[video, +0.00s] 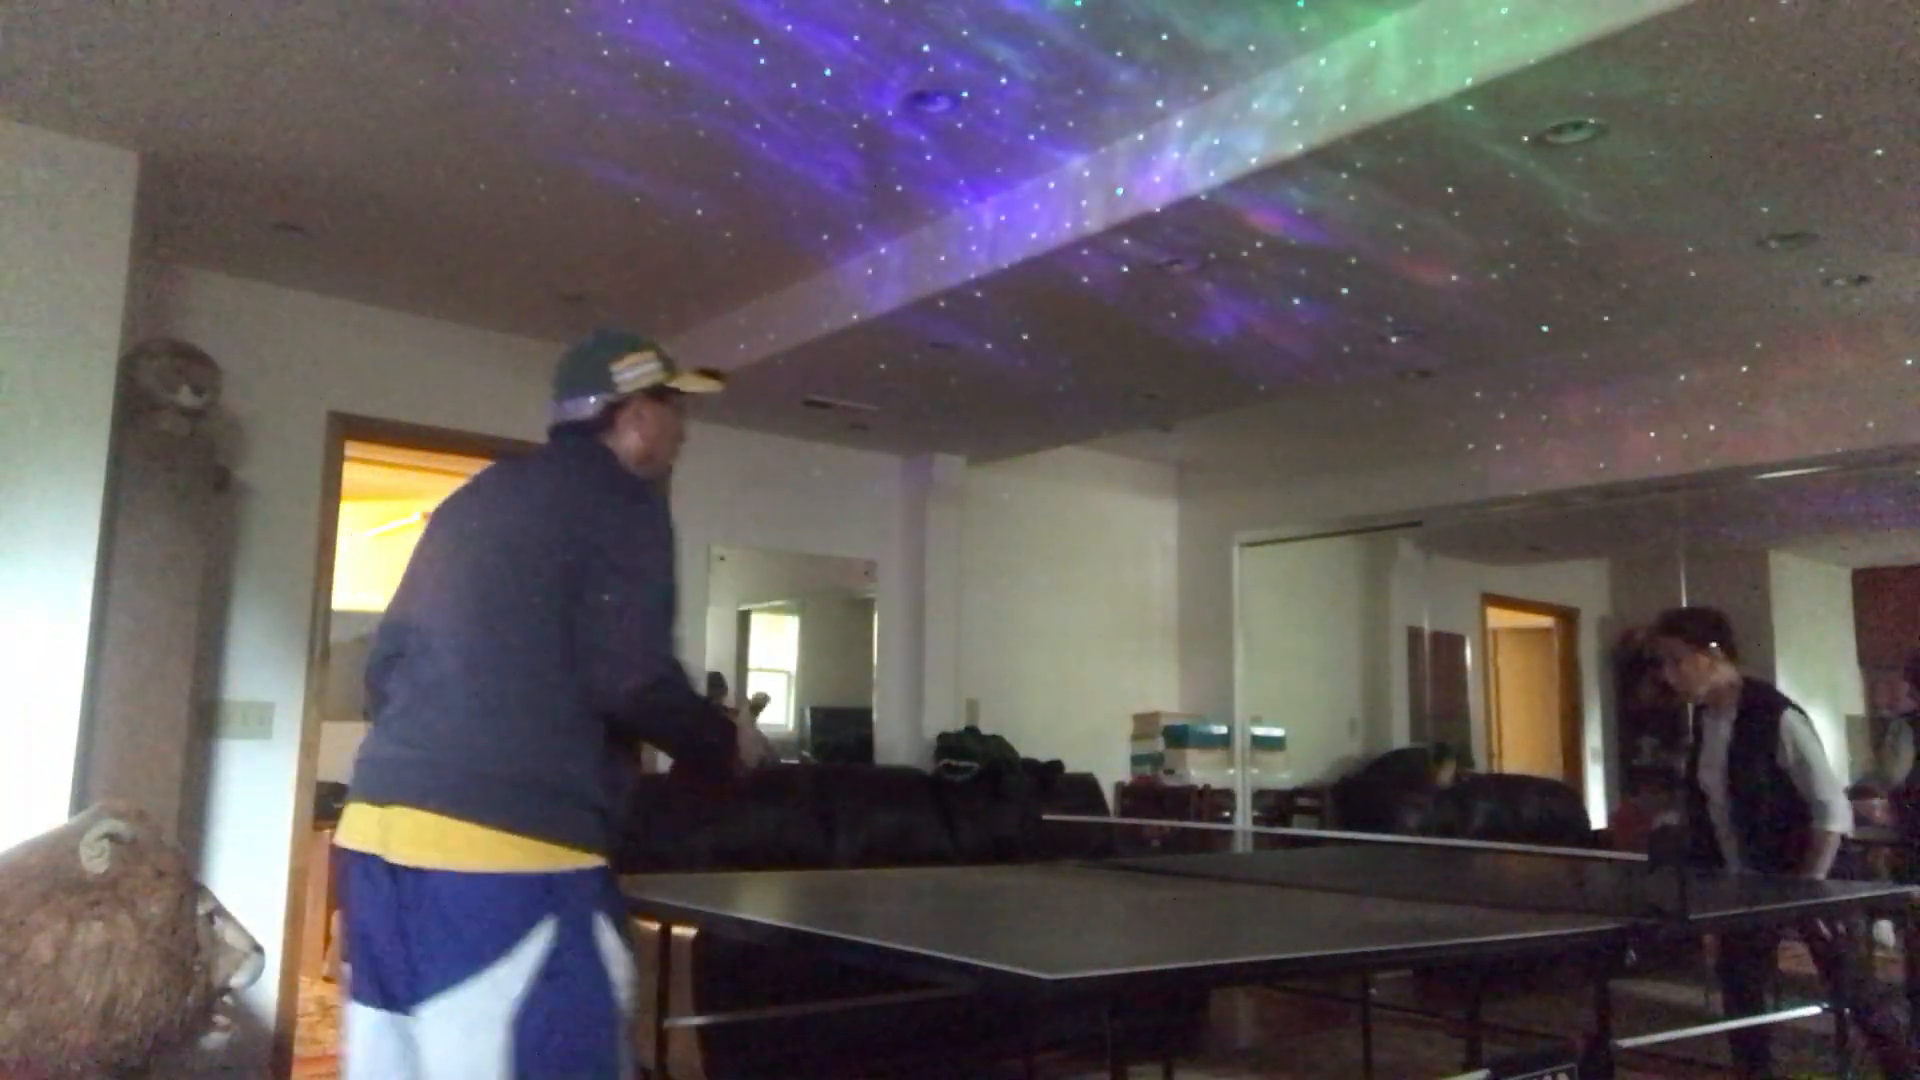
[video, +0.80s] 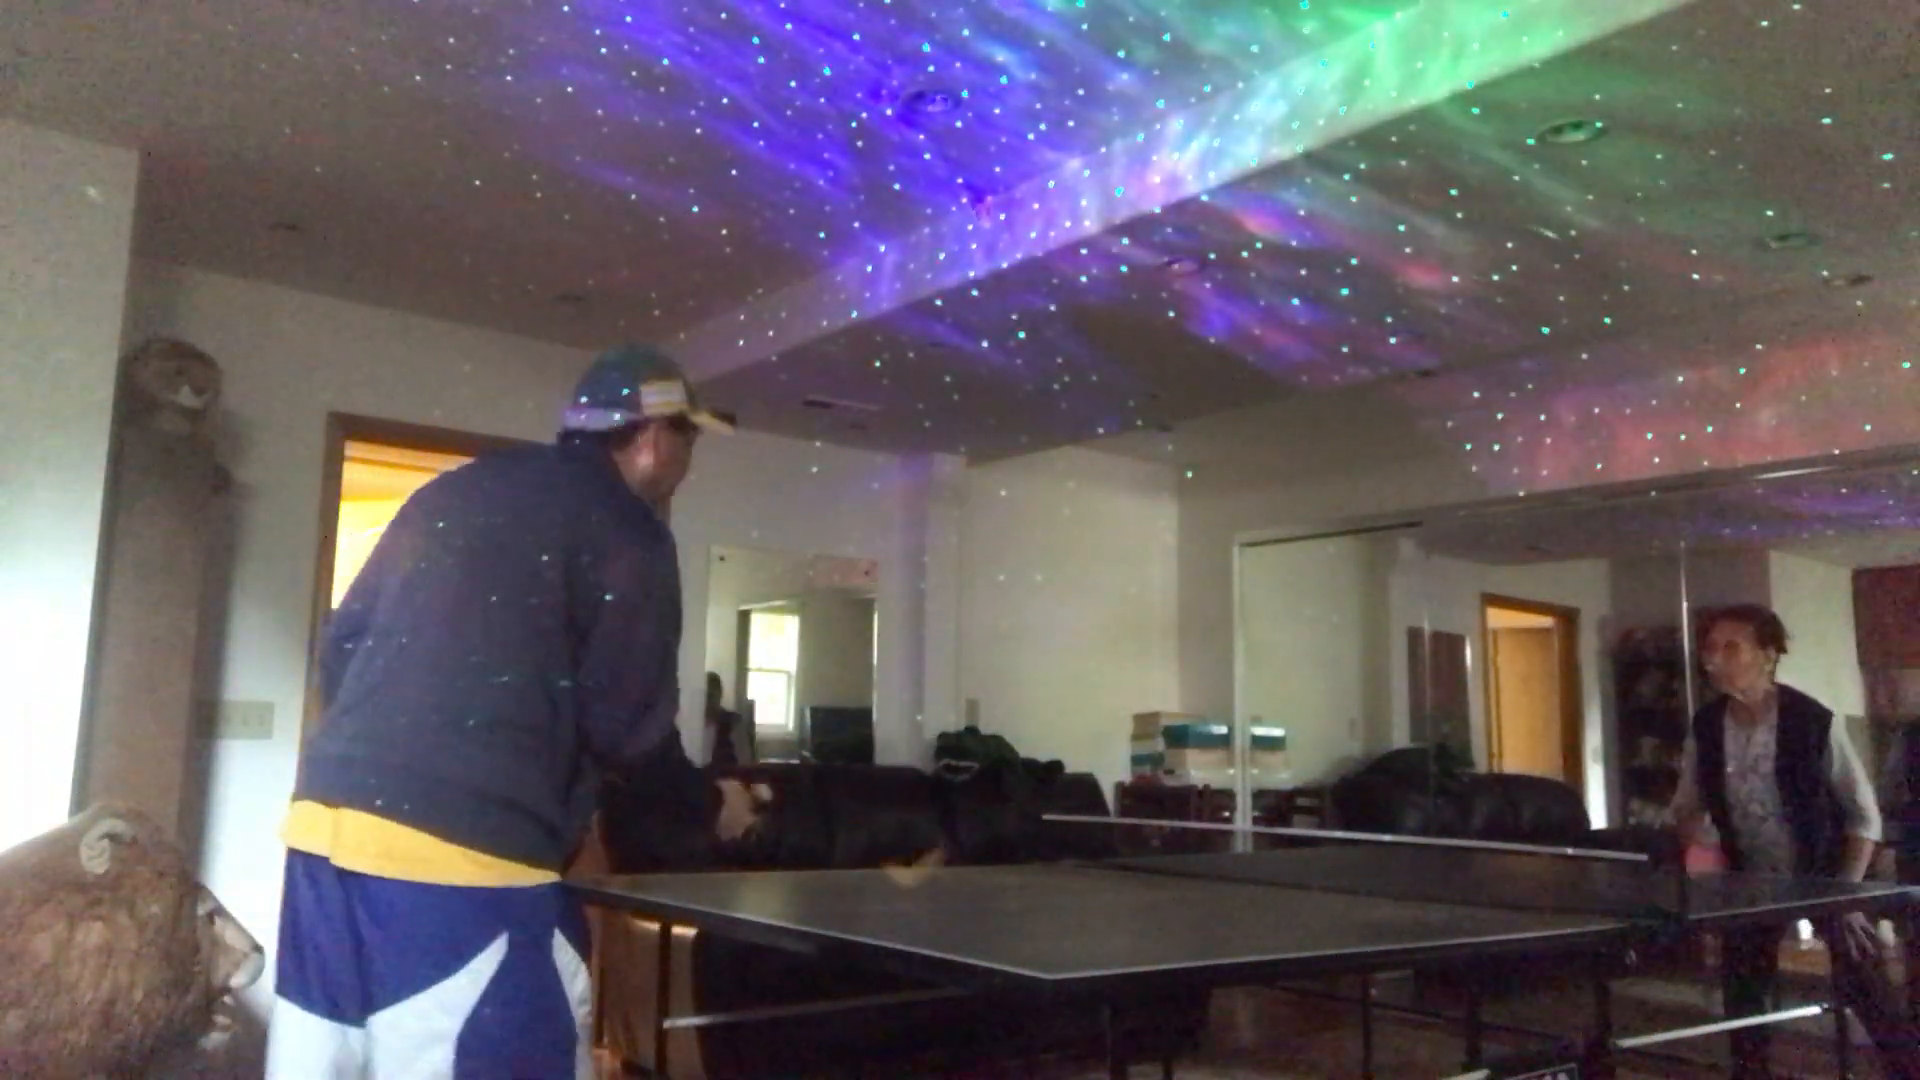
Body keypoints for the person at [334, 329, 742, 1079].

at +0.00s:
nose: (681, 427)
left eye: (678, 408)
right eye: (672, 408)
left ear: (572, 416)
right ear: (632, 416)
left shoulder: (472, 495)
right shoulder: (624, 502)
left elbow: (386, 664)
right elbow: (626, 678)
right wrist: (720, 740)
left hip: (376, 843)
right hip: (511, 855)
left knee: (387, 1066)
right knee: (550, 1064)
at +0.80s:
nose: (684, 471)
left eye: (690, 447)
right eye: (686, 444)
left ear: (580, 424)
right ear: (650, 438)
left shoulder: (455, 484)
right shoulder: (627, 528)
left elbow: (342, 636)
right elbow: (625, 726)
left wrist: (378, 760)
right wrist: (707, 806)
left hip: (322, 830)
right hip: (466, 854)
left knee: (316, 1063)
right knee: (499, 1062)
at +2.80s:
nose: (758, 511)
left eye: (761, 496)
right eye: (754, 495)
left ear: (661, 473)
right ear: (718, 487)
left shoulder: (539, 506)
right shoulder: (732, 578)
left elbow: (404, 571)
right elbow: (841, 670)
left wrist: (328, 710)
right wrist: (955, 618)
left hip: (405, 799)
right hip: (546, 830)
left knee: (374, 1057)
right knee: (606, 1060)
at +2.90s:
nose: (761, 497)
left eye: (762, 480)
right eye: (756, 477)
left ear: (676, 464)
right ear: (714, 474)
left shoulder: (541, 504)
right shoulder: (732, 567)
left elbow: (412, 590)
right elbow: (842, 653)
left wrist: (357, 733)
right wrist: (931, 562)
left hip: (411, 804)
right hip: (552, 832)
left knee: (388, 1053)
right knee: (607, 1053)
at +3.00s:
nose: (746, 478)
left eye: (746, 462)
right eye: (737, 460)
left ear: (658, 457)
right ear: (695, 463)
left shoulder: (529, 507)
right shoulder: (703, 552)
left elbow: (411, 621)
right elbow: (809, 661)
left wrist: (407, 764)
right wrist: (894, 574)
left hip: (408, 814)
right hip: (545, 834)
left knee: (397, 1059)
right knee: (604, 1061)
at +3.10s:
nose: (712, 463)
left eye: (715, 445)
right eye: (702, 442)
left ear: (620, 440)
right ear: (660, 444)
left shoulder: (504, 506)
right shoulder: (661, 528)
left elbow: (400, 637)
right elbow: (738, 672)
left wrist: (442, 745)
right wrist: (848, 623)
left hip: (405, 812)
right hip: (538, 826)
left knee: (391, 1058)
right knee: (606, 1055)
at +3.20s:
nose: (679, 447)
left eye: (677, 429)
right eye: (668, 427)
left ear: (587, 430)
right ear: (623, 434)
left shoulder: (468, 506)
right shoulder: (616, 515)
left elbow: (380, 653)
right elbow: (634, 665)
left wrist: (455, 727)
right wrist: (763, 685)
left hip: (389, 812)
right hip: (517, 822)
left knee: (394, 1057)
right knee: (588, 1058)